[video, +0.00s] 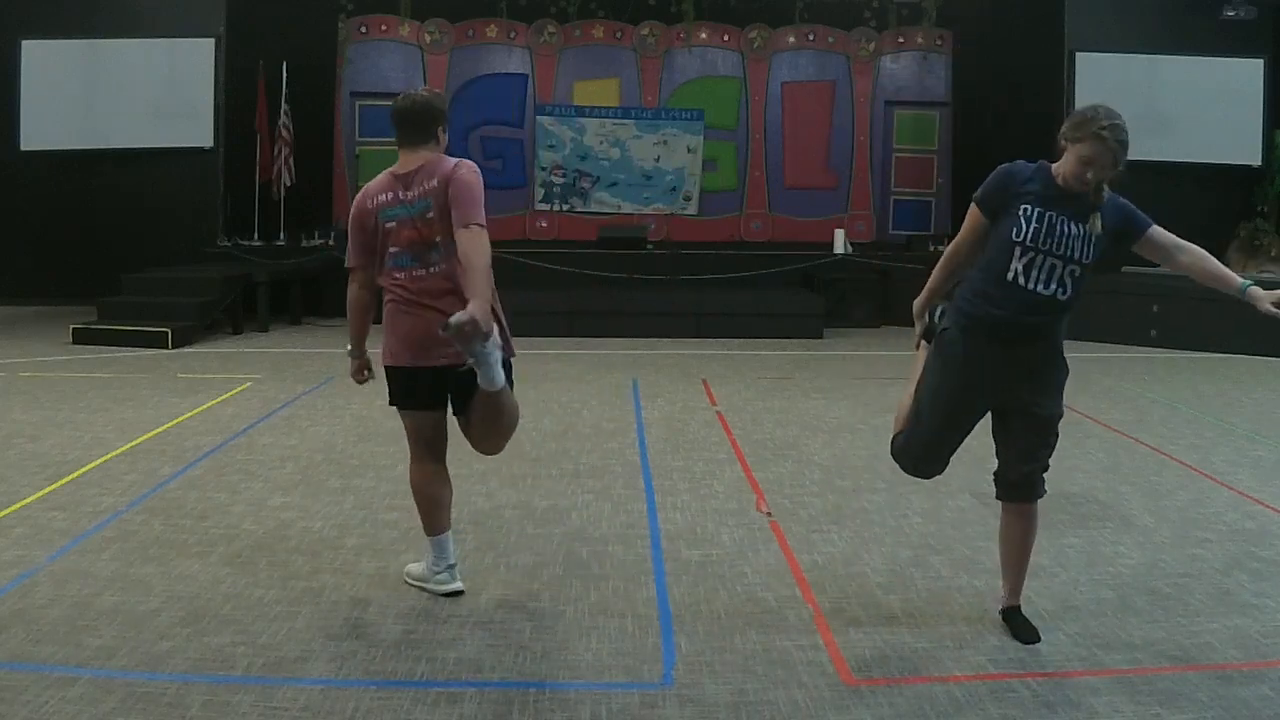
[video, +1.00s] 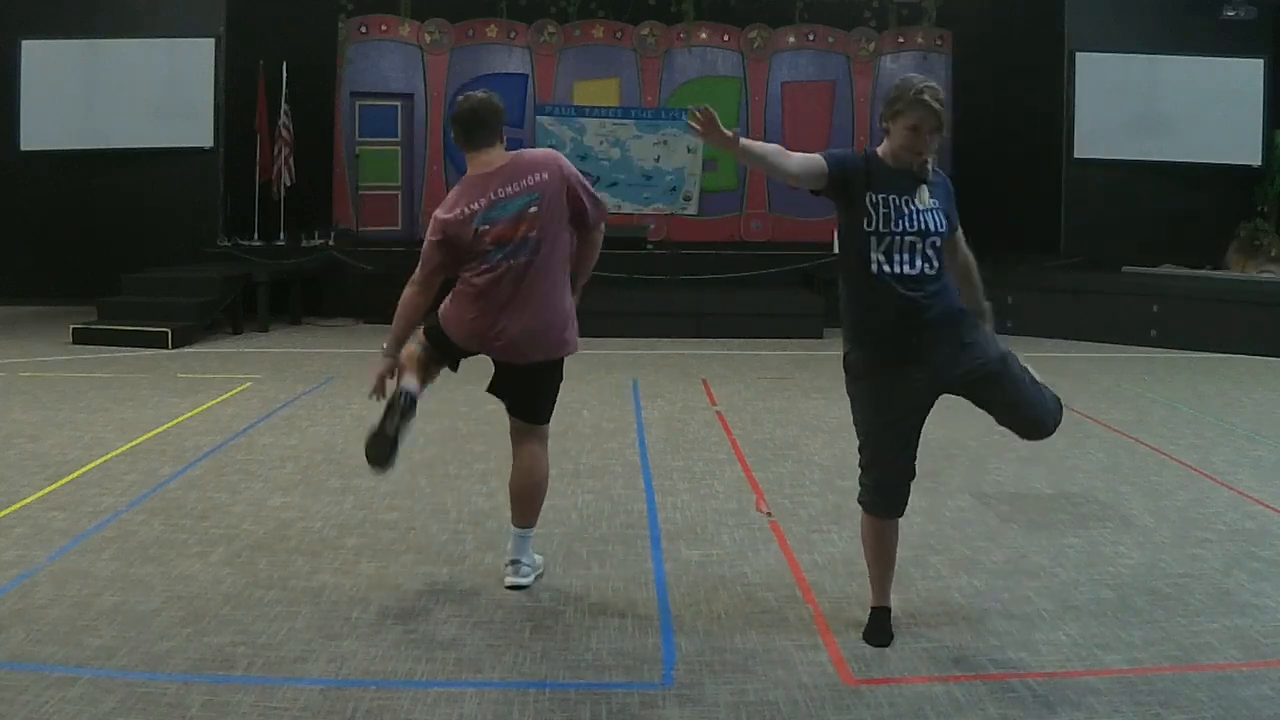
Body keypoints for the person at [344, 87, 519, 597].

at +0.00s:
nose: (448, 136)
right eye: (447, 131)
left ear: (395, 134)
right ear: (440, 133)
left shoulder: (369, 197)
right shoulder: (460, 174)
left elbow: (360, 280)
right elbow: (471, 238)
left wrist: (357, 347)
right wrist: (480, 305)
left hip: (407, 349)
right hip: (467, 339)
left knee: (426, 455)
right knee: (490, 439)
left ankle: (442, 565)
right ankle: (489, 353)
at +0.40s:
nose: (471, 137)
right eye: (471, 131)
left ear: (418, 131)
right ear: (466, 131)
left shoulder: (384, 182)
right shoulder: (487, 181)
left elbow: (367, 255)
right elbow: (516, 251)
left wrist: (373, 303)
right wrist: (545, 317)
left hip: (414, 336)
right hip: (480, 333)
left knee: (433, 447)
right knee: (491, 422)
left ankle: (443, 565)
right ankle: (532, 396)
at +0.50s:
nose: (477, 134)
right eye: (479, 127)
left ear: (428, 127)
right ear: (476, 127)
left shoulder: (392, 179)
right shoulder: (497, 184)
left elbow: (366, 250)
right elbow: (527, 264)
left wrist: (376, 292)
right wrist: (556, 328)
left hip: (421, 339)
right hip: (488, 337)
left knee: (436, 446)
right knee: (497, 408)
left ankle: (443, 565)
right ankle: (542, 465)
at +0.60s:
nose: (486, 134)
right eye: (487, 126)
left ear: (437, 126)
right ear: (487, 128)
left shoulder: (405, 181)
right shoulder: (509, 187)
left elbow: (374, 249)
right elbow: (536, 266)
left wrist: (378, 294)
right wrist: (554, 320)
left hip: (428, 340)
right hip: (495, 339)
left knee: (441, 445)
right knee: (509, 423)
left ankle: (444, 564)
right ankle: (528, 538)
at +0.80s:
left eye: (463, 128)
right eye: (509, 125)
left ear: (460, 130)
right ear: (509, 129)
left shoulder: (437, 192)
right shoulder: (543, 182)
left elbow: (406, 266)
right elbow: (562, 256)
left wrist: (379, 320)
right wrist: (530, 301)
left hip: (451, 337)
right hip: (522, 338)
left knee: (435, 433)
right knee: (521, 440)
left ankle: (433, 552)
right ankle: (521, 557)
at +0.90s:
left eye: (467, 129)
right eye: (503, 125)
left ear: (461, 132)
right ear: (510, 128)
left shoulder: (447, 202)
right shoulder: (552, 172)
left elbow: (414, 274)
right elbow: (584, 234)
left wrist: (382, 335)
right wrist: (552, 283)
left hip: (461, 330)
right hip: (532, 334)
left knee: (424, 390)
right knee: (525, 440)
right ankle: (520, 559)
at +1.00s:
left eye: (462, 135)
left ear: (457, 139)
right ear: (504, 132)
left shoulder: (452, 212)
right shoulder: (551, 166)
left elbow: (421, 287)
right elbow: (594, 225)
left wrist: (389, 351)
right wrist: (572, 286)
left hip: (472, 321)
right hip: (543, 327)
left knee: (424, 347)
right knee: (529, 438)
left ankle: (403, 402)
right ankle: (520, 558)